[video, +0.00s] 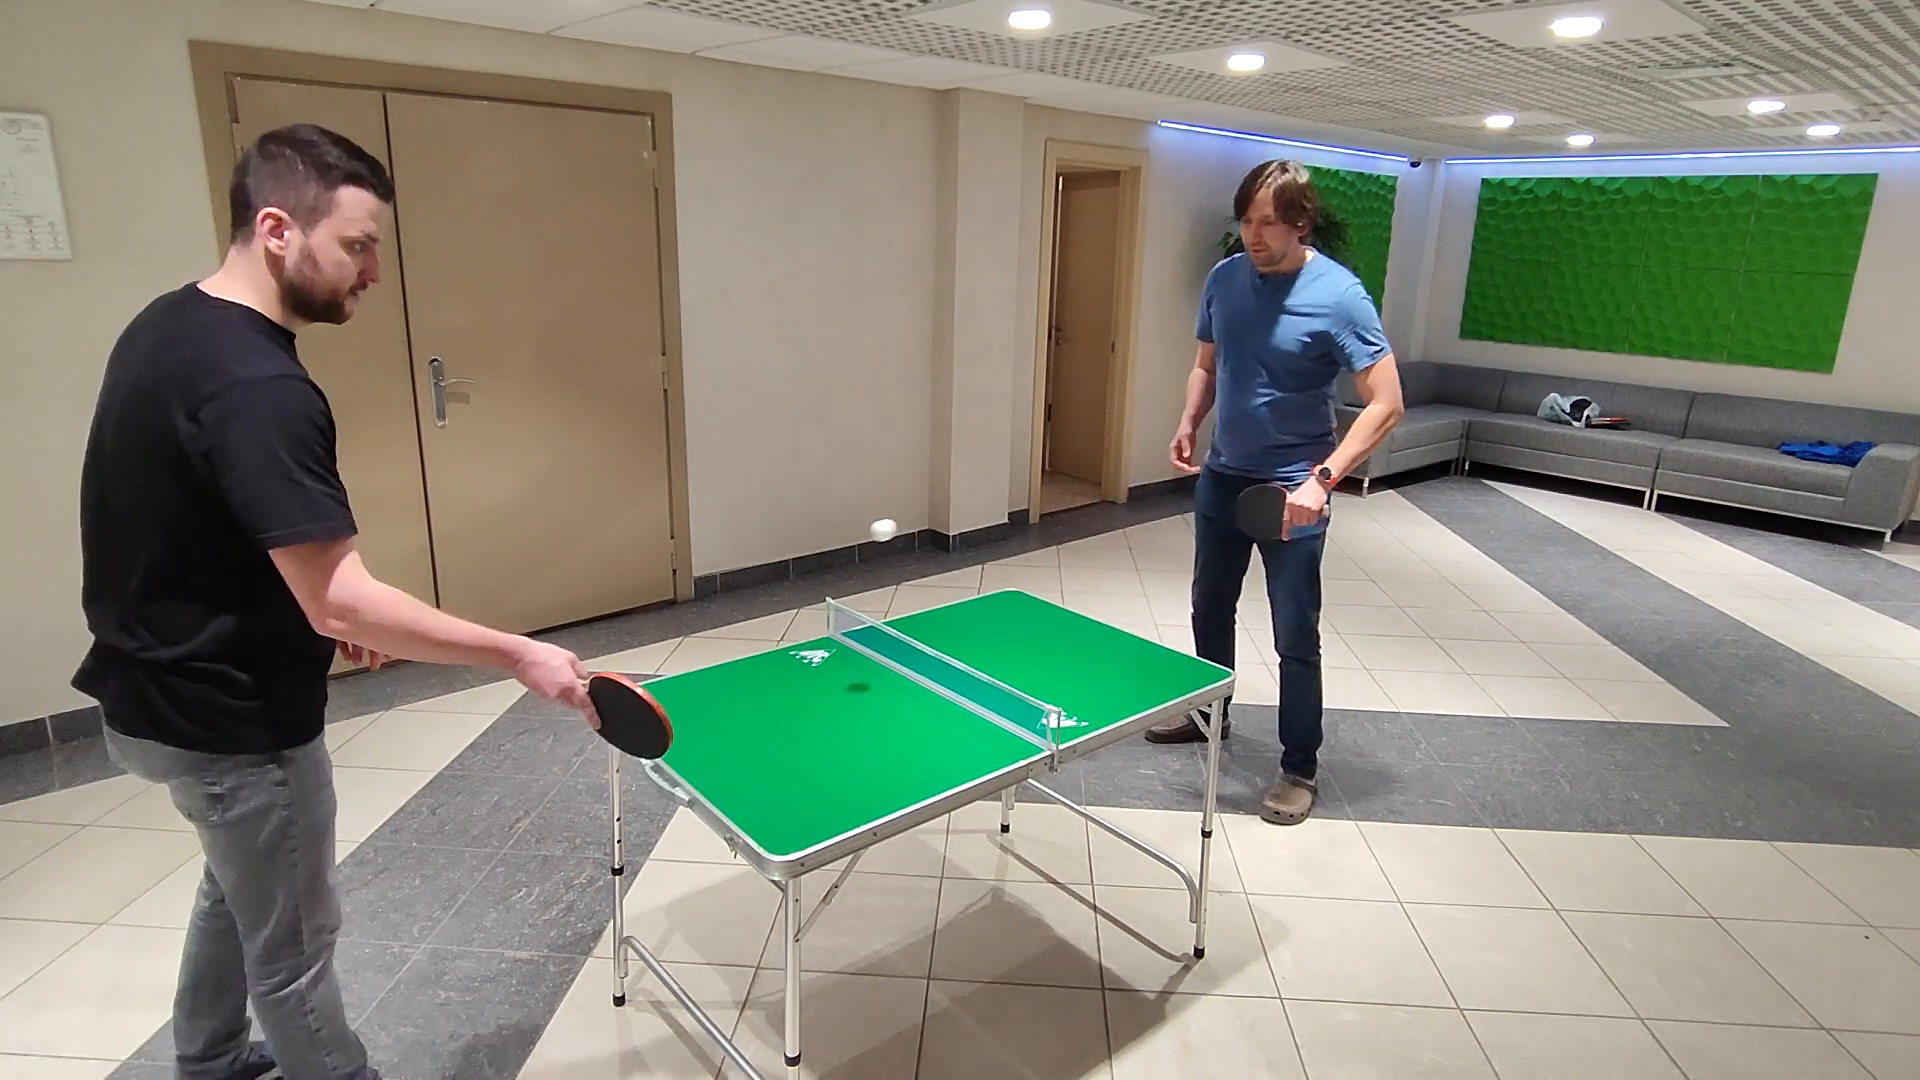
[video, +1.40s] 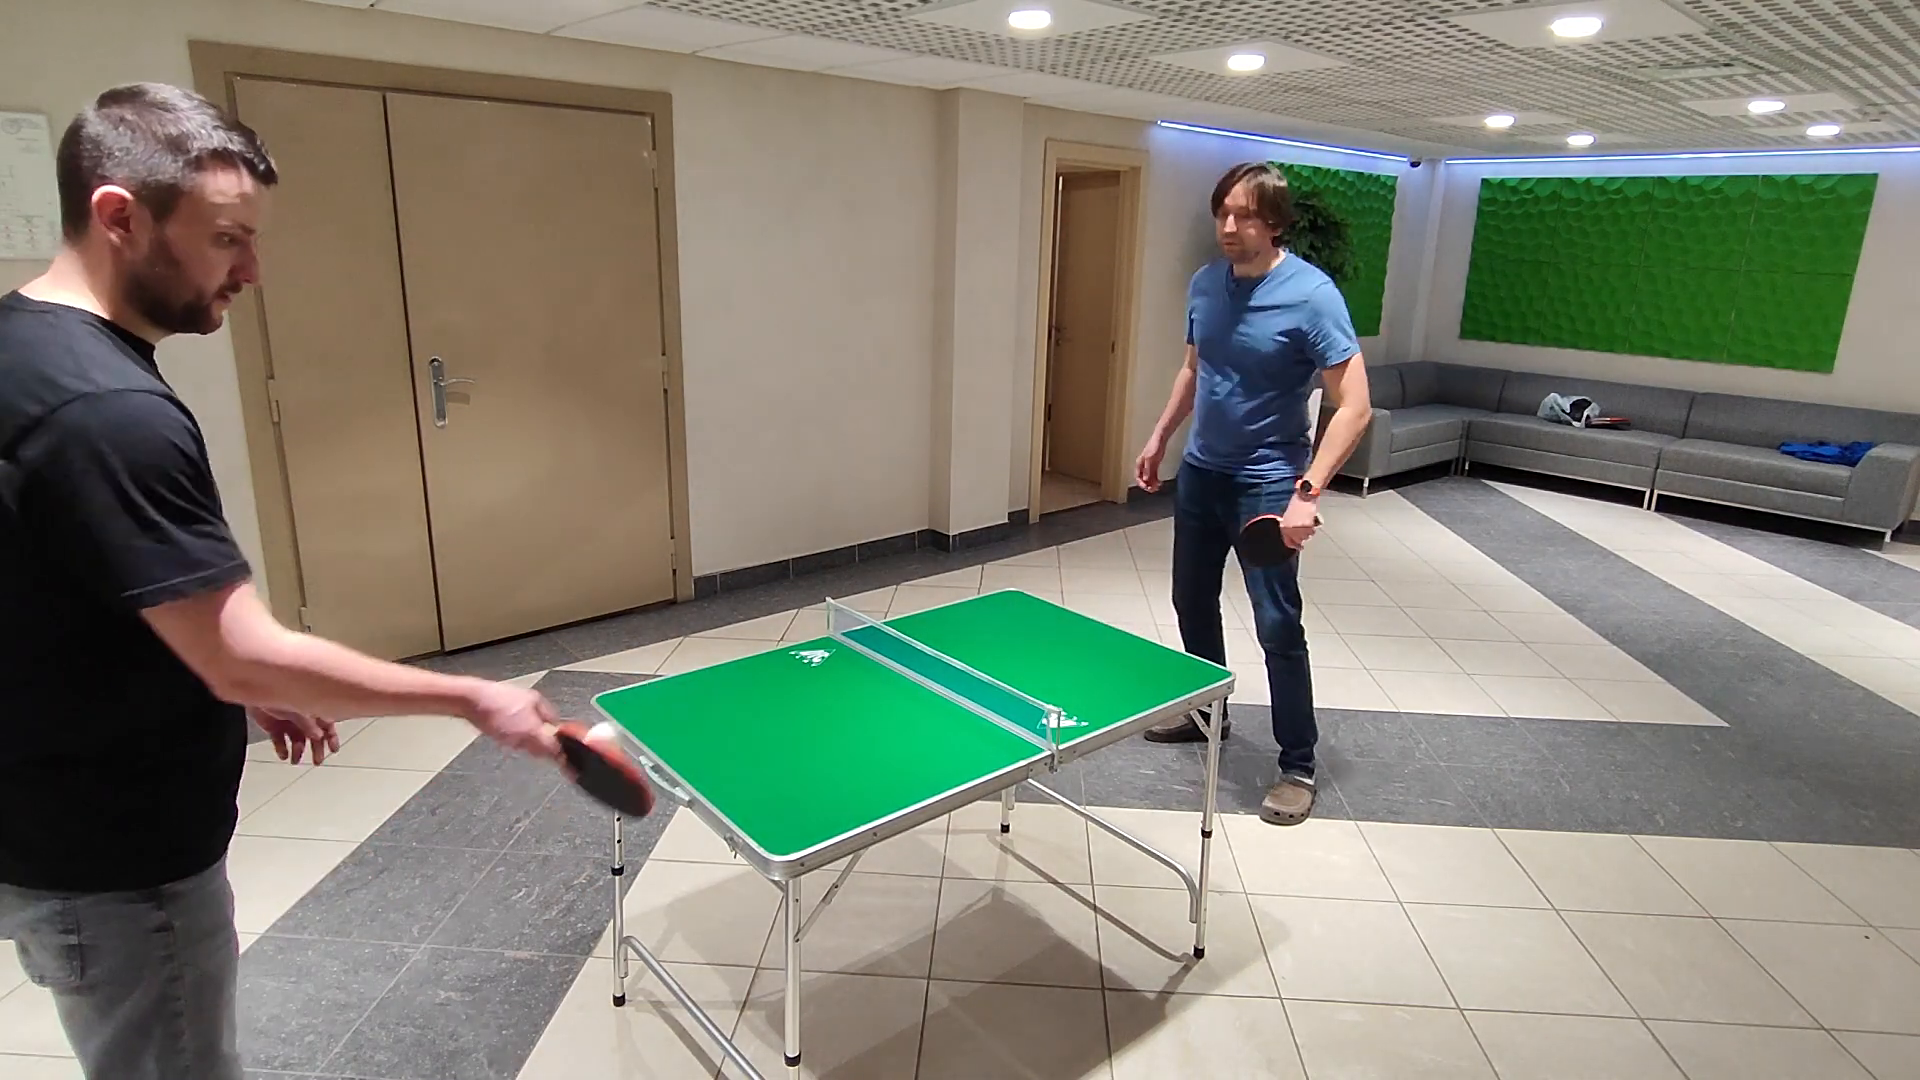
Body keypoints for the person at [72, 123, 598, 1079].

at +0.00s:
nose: (374, 272)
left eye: (378, 249)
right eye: (357, 245)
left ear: (277, 233)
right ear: (276, 230)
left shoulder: (169, 329)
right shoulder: (259, 384)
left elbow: (196, 520)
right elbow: (344, 596)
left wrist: (316, 615)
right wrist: (517, 653)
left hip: (158, 699)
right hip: (241, 724)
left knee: (240, 887)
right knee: (294, 953)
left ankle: (211, 1058)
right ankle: (337, 1073)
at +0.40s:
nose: (321, 249)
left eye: (321, 226)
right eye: (306, 224)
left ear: (226, 225)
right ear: (229, 223)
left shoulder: (128, 342)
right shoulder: (208, 377)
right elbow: (205, 619)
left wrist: (306, 664)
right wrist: (392, 708)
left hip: (155, 749)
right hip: (250, 768)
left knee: (216, 959)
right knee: (313, 988)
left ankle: (173, 1079)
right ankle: (347, 1079)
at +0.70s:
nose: (249, 244)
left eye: (246, 219)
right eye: (226, 219)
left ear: (142, 225)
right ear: (137, 220)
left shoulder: (109, 347)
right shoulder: (102, 364)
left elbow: (189, 578)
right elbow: (55, 612)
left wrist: (302, 687)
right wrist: (268, 722)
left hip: (87, 781)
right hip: (155, 790)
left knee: (127, 1024)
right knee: (335, 969)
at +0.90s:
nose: (233, 258)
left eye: (233, 232)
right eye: (208, 228)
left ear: (113, 221)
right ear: (107, 213)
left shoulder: (83, 344)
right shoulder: (78, 372)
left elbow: (126, 591)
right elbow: (19, 626)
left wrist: (242, 713)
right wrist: (218, 759)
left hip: (76, 807)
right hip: (134, 822)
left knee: (114, 1053)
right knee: (267, 1051)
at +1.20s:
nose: (265, 279)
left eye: (266, 251)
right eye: (245, 247)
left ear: (138, 231)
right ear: (137, 226)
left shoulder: (113, 356)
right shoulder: (73, 398)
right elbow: (44, 685)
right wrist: (281, 774)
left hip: (141, 850)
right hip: (110, 874)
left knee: (187, 1060)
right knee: (174, 1069)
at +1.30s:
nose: (258, 280)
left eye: (262, 250)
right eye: (238, 248)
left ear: (128, 228)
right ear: (131, 224)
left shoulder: (75, 345)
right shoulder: (87, 409)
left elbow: (139, 600)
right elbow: (144, 687)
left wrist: (232, 714)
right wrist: (379, 745)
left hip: (119, 846)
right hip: (117, 874)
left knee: (183, 1059)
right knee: (173, 1071)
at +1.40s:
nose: (248, 271)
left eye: (249, 243)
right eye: (228, 238)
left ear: (114, 220)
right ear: (118, 216)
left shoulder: (29, 338)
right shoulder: (107, 411)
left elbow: (95, 573)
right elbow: (245, 655)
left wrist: (239, 676)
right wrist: (477, 698)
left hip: (62, 845)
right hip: (125, 874)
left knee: (165, 1059)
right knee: (182, 1070)